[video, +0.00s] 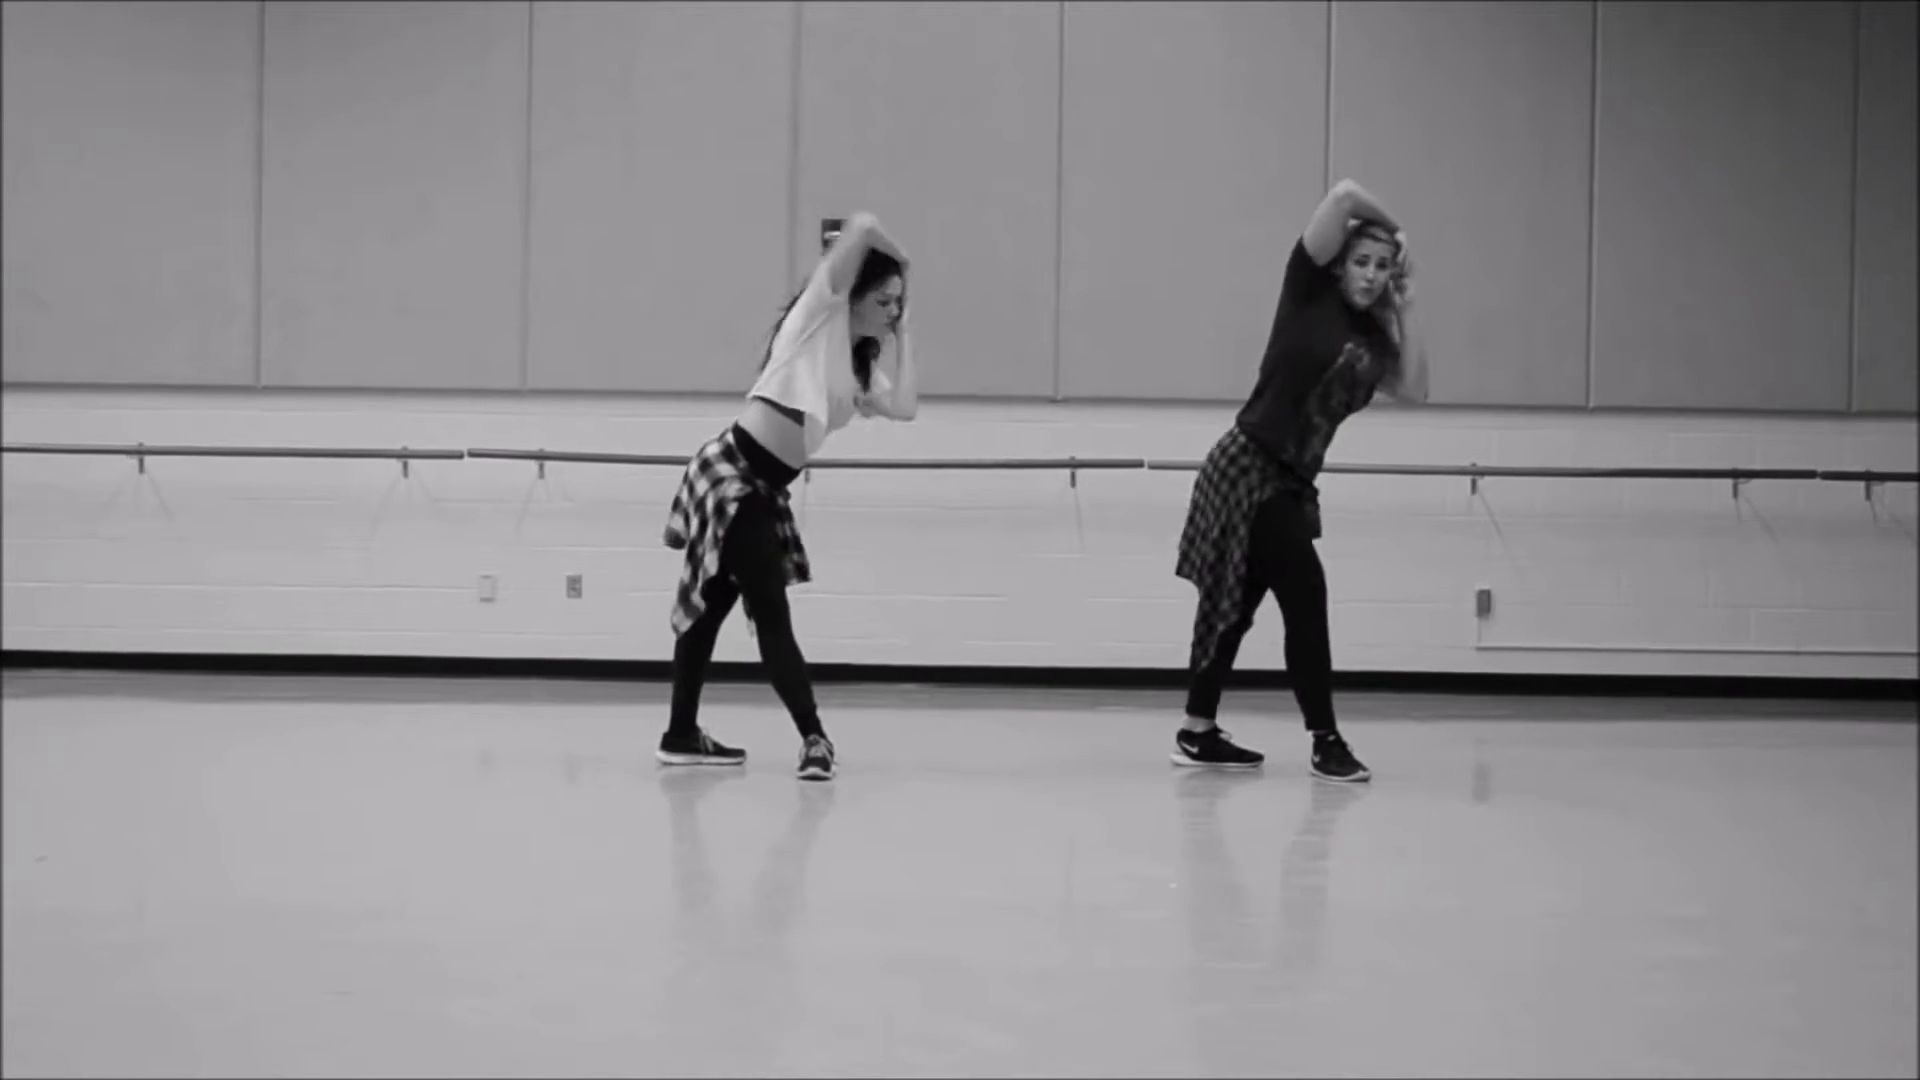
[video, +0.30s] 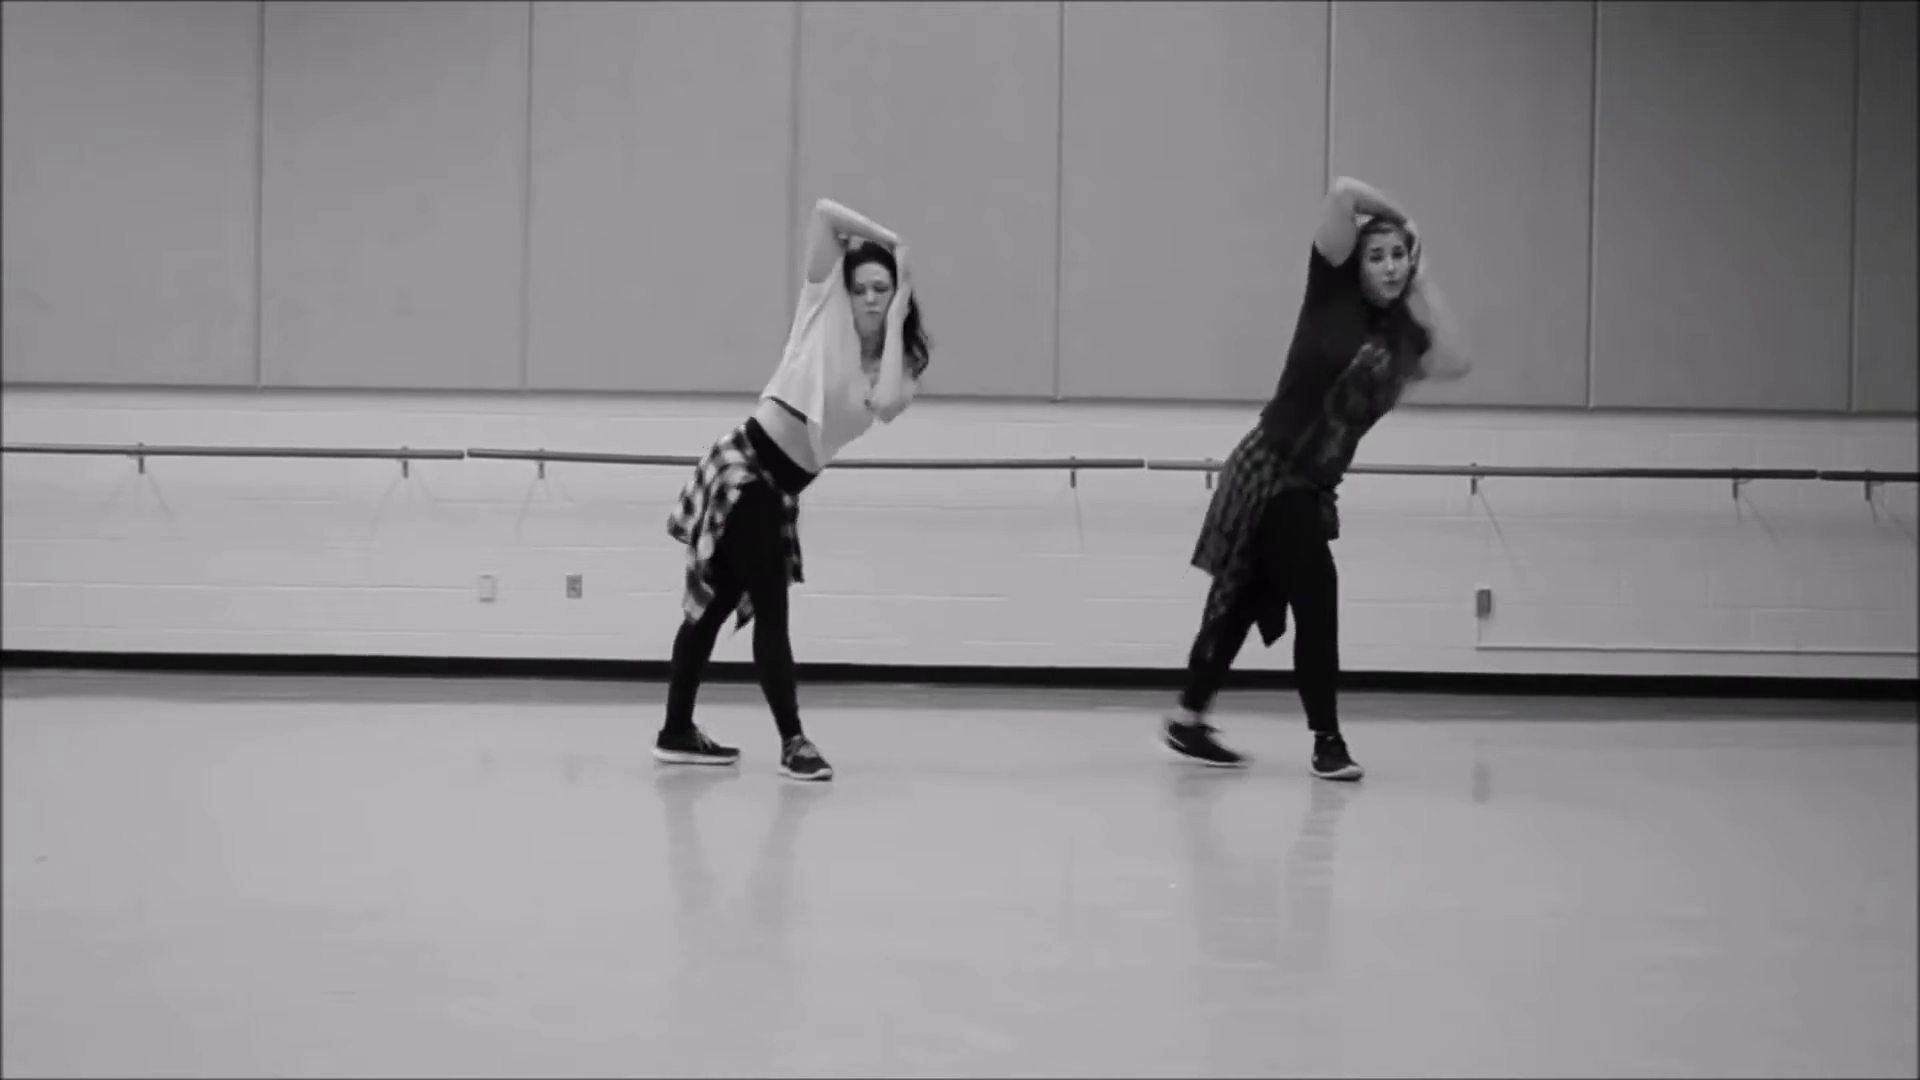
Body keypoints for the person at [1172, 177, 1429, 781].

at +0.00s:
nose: (1372, 274)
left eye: (1382, 267)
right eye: (1363, 262)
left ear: (1391, 276)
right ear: (1342, 260)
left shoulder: (1375, 337)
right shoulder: (1310, 286)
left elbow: (1413, 392)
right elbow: (1345, 191)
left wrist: (1403, 310)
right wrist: (1394, 229)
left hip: (1288, 483)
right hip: (1251, 470)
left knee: (1233, 601)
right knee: (1307, 598)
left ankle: (1197, 727)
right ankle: (1326, 742)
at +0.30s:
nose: (1389, 266)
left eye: (1397, 256)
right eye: (1378, 256)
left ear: (1409, 266)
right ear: (1360, 262)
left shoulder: (1404, 336)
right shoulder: (1333, 291)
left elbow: (1454, 362)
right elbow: (1343, 191)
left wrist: (1420, 284)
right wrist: (1400, 218)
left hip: (1310, 485)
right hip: (1273, 472)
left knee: (1244, 600)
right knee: (1318, 598)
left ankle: (1186, 718)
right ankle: (1327, 742)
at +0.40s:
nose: (1394, 255)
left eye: (1402, 243)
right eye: (1380, 246)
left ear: (1416, 251)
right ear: (1361, 255)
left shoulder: (1428, 318)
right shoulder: (1339, 287)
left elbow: (1485, 305)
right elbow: (1318, 189)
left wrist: (1432, 242)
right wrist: (1395, 194)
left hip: (1330, 480)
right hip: (1291, 463)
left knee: (1254, 603)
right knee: (1319, 599)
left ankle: (1137, 653)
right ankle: (1327, 741)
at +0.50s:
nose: (1399, 248)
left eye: (1407, 235)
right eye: (1384, 240)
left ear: (1421, 243)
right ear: (1365, 252)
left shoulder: (1438, 302)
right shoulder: (1342, 286)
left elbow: (1494, 258)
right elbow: (1288, 205)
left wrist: (1430, 207)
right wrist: (1362, 184)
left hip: (1350, 479)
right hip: (1307, 464)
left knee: (1269, 591)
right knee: (1326, 608)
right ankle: (1327, 741)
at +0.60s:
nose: (1406, 243)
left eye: (1413, 231)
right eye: (1391, 235)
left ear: (1427, 240)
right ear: (1373, 248)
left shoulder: (1441, 300)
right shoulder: (1346, 293)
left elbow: (1486, 227)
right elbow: (1273, 232)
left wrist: (1419, 186)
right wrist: (1337, 194)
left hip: (1370, 479)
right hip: (1320, 466)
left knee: (1315, 588)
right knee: (1328, 614)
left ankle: (1227, 519)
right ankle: (1326, 739)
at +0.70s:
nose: (1412, 240)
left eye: (1420, 230)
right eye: (1398, 232)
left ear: (1434, 239)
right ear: (1379, 245)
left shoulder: (1448, 297)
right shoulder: (1351, 297)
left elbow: (1474, 214)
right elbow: (1279, 261)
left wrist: (1406, 175)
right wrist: (1332, 209)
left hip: (1389, 477)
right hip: (1333, 467)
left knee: (1385, 605)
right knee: (1333, 600)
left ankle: (1287, 556)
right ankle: (1326, 737)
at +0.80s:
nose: (1414, 241)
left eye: (1423, 229)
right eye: (1401, 231)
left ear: (1438, 239)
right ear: (1382, 243)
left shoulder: (1450, 293)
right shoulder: (1365, 297)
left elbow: (1473, 227)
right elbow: (1330, 301)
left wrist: (1411, 183)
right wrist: (1359, 222)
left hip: (1411, 475)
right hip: (1348, 471)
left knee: (1445, 595)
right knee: (1338, 608)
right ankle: (1326, 737)